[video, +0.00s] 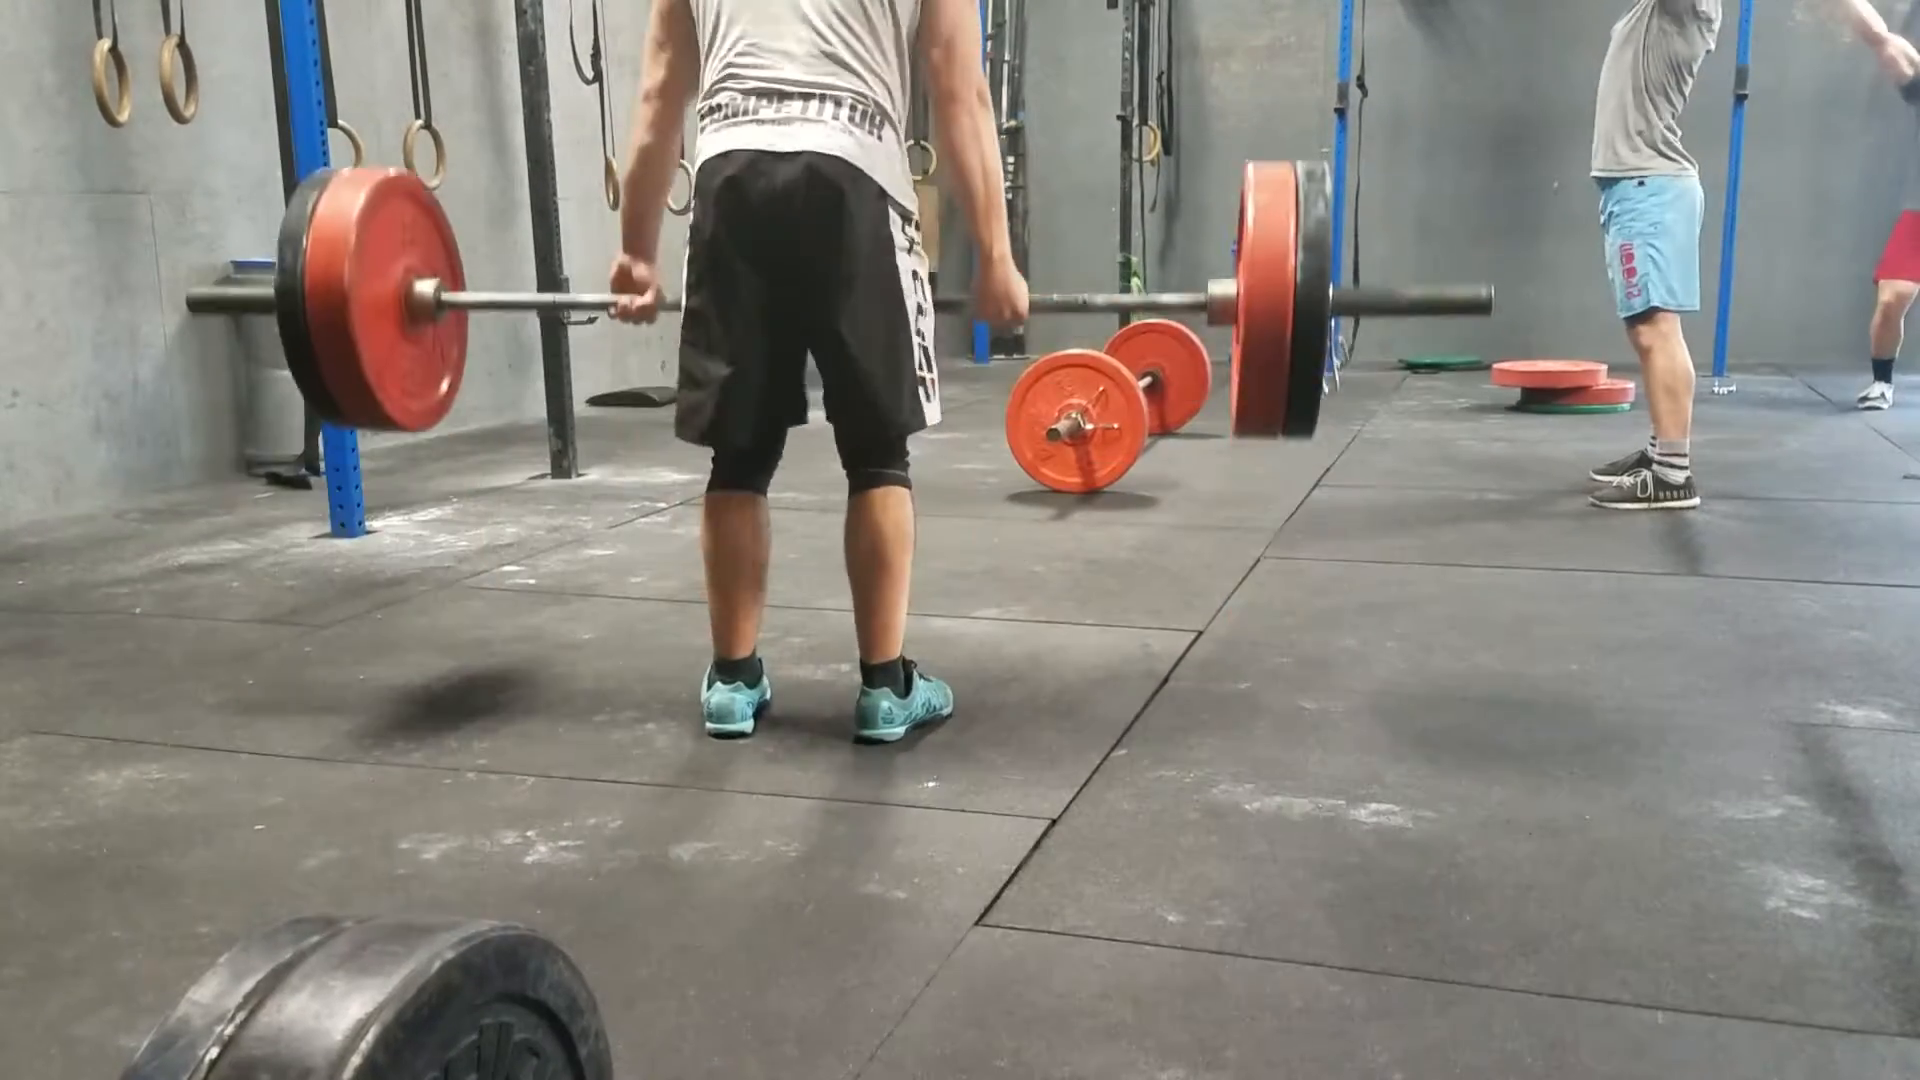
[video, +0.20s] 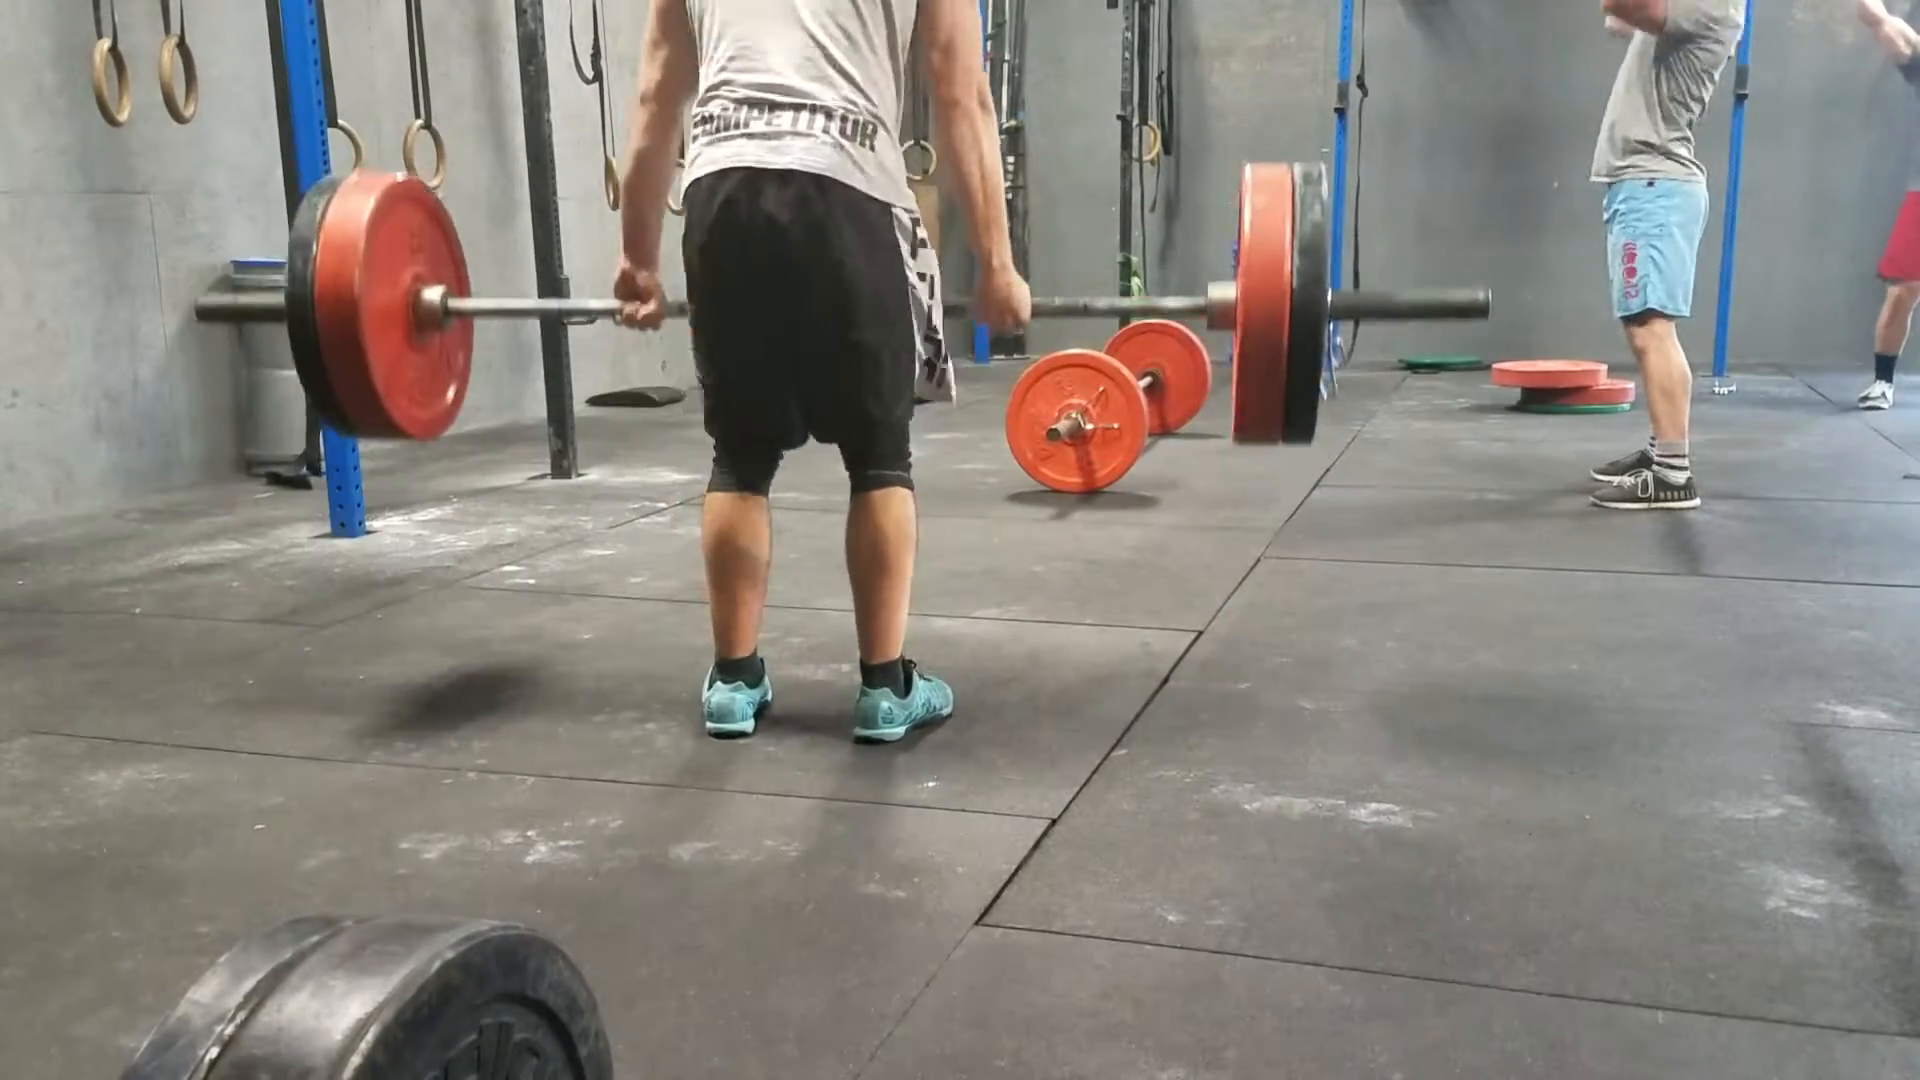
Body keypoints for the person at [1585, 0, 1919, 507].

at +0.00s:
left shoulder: (1686, 7)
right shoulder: (1666, 9)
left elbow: (1818, 3)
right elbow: (1817, 3)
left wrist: (1880, 35)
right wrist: (1881, 35)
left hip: (1650, 186)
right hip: (1639, 185)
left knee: (1654, 330)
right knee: (1651, 330)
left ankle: (1671, 471)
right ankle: (1662, 457)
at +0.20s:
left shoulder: (1710, 10)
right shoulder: (1696, 13)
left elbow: (1625, 8)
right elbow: (1623, 19)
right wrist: (1625, 22)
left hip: (1655, 183)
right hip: (1646, 183)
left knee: (1650, 330)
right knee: (1649, 330)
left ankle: (1673, 470)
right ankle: (1664, 458)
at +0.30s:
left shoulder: (1719, 11)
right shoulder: (1695, 13)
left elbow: (1617, 49)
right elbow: (1614, 56)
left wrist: (1627, 2)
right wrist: (1614, 8)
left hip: (1663, 181)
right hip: (1648, 180)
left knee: (1653, 330)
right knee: (1648, 331)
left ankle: (1675, 471)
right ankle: (1665, 458)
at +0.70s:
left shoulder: (1715, 9)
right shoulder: (1683, 14)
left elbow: (1648, 0)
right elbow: (1624, 8)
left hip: (1656, 181)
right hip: (1639, 180)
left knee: (1662, 327)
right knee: (1656, 329)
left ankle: (1674, 469)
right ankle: (1662, 455)